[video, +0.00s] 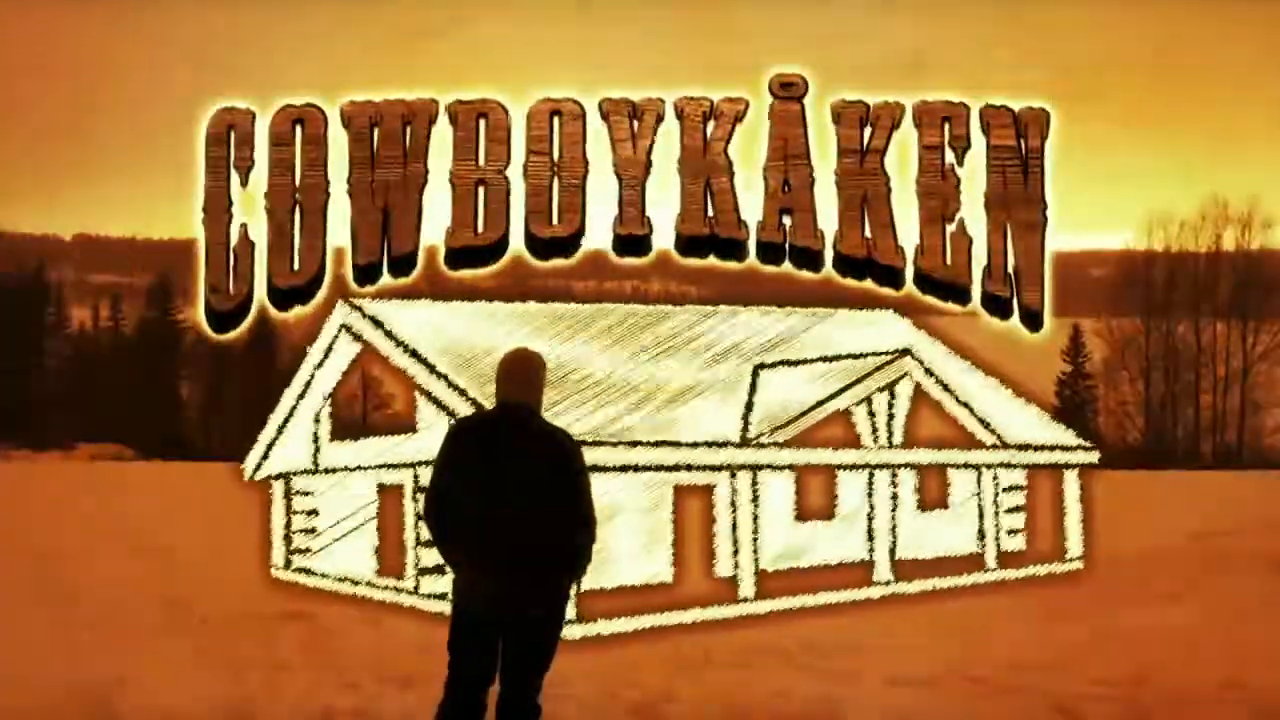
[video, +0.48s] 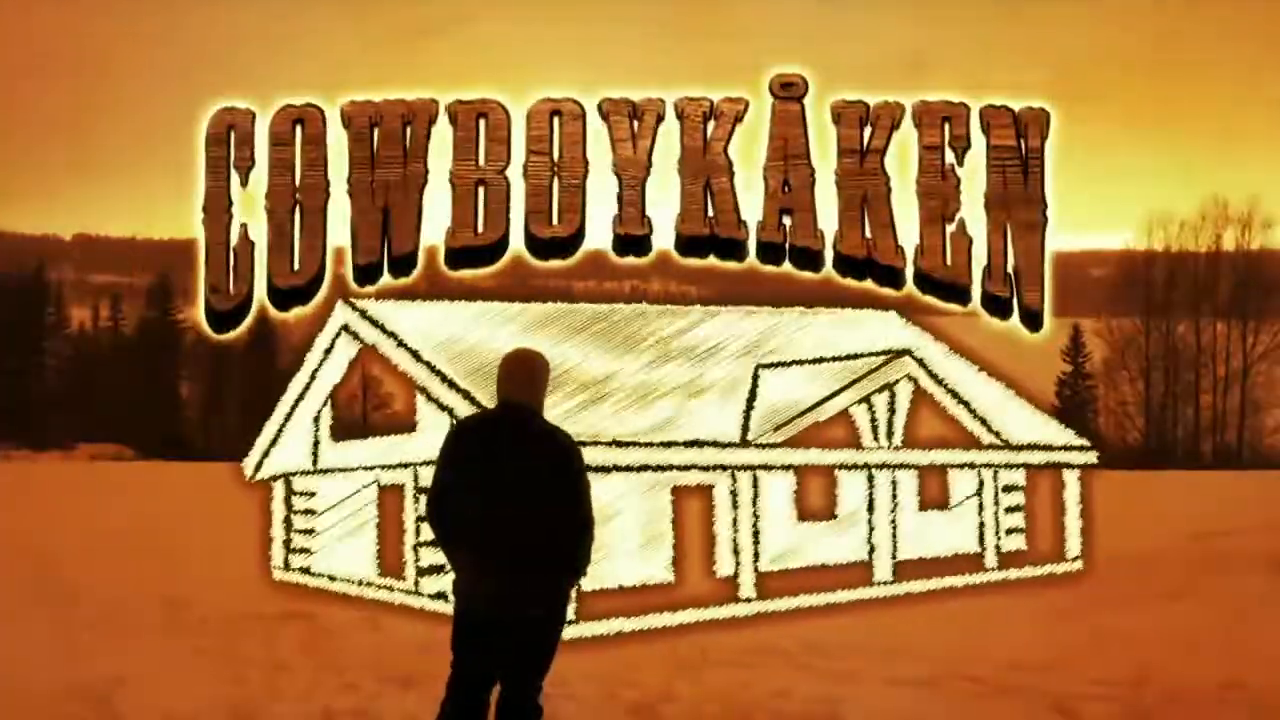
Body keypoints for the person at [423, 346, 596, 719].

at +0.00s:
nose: (529, 392)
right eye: (535, 384)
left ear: (497, 385)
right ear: (541, 389)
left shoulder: (464, 434)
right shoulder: (562, 445)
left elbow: (436, 509)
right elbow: (582, 522)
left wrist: (462, 562)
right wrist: (566, 572)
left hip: (476, 588)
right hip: (540, 592)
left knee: (464, 689)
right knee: (521, 694)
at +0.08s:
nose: (529, 392)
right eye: (538, 385)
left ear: (497, 385)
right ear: (542, 389)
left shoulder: (464, 434)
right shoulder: (561, 445)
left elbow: (437, 509)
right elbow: (582, 521)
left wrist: (462, 562)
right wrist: (568, 570)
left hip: (477, 589)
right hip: (541, 593)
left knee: (465, 690)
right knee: (523, 695)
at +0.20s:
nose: (532, 392)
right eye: (538, 385)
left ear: (498, 384)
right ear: (541, 389)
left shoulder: (464, 434)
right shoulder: (562, 445)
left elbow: (438, 508)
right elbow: (581, 521)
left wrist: (463, 562)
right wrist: (568, 573)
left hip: (477, 589)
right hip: (541, 593)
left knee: (465, 689)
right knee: (523, 694)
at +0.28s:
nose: (529, 392)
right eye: (536, 385)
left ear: (498, 384)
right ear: (543, 389)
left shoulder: (465, 434)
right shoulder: (562, 445)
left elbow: (439, 508)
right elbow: (581, 521)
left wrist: (463, 563)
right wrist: (568, 573)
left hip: (478, 588)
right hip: (542, 592)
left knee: (465, 688)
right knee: (523, 693)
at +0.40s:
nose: (532, 392)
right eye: (540, 385)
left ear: (499, 384)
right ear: (543, 389)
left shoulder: (465, 434)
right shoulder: (561, 445)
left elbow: (440, 507)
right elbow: (580, 521)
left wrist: (464, 563)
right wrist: (568, 573)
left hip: (478, 588)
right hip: (542, 593)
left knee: (466, 689)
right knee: (523, 693)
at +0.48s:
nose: (530, 393)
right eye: (537, 385)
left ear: (498, 384)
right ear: (543, 389)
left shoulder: (465, 434)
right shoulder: (562, 447)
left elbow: (440, 508)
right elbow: (580, 522)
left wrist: (463, 562)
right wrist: (568, 572)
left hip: (477, 588)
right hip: (541, 593)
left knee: (466, 689)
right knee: (523, 693)